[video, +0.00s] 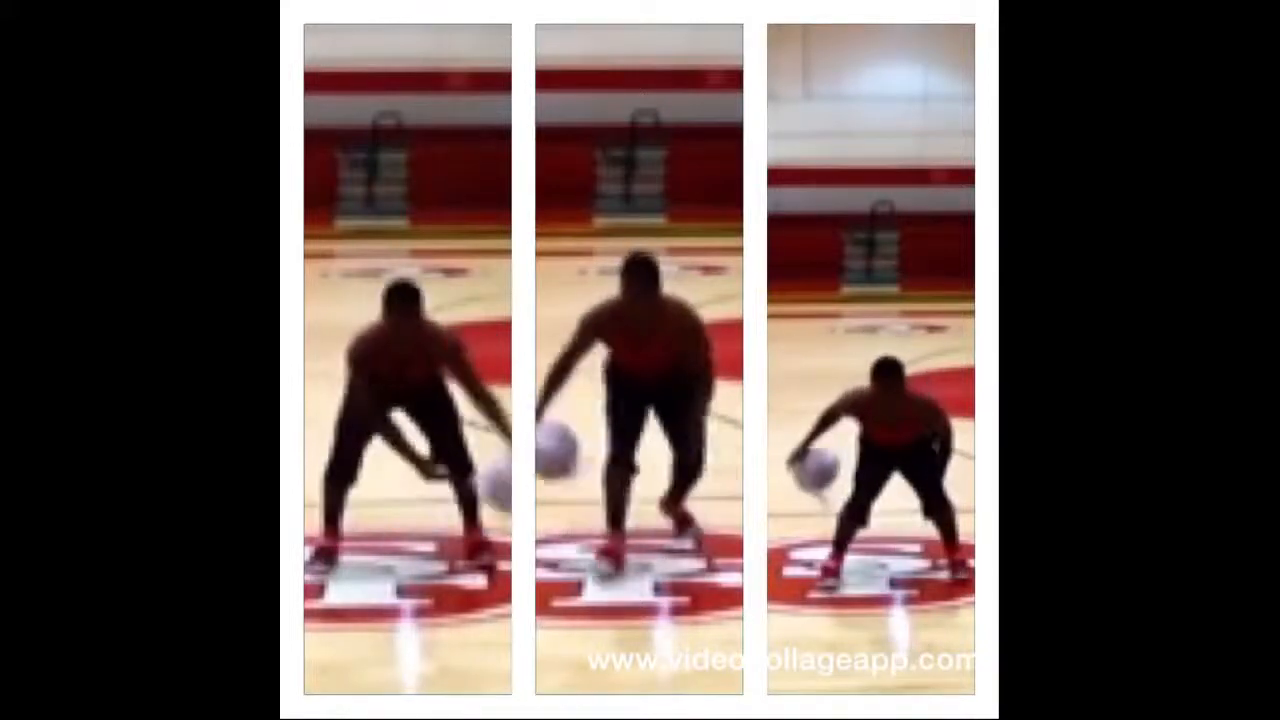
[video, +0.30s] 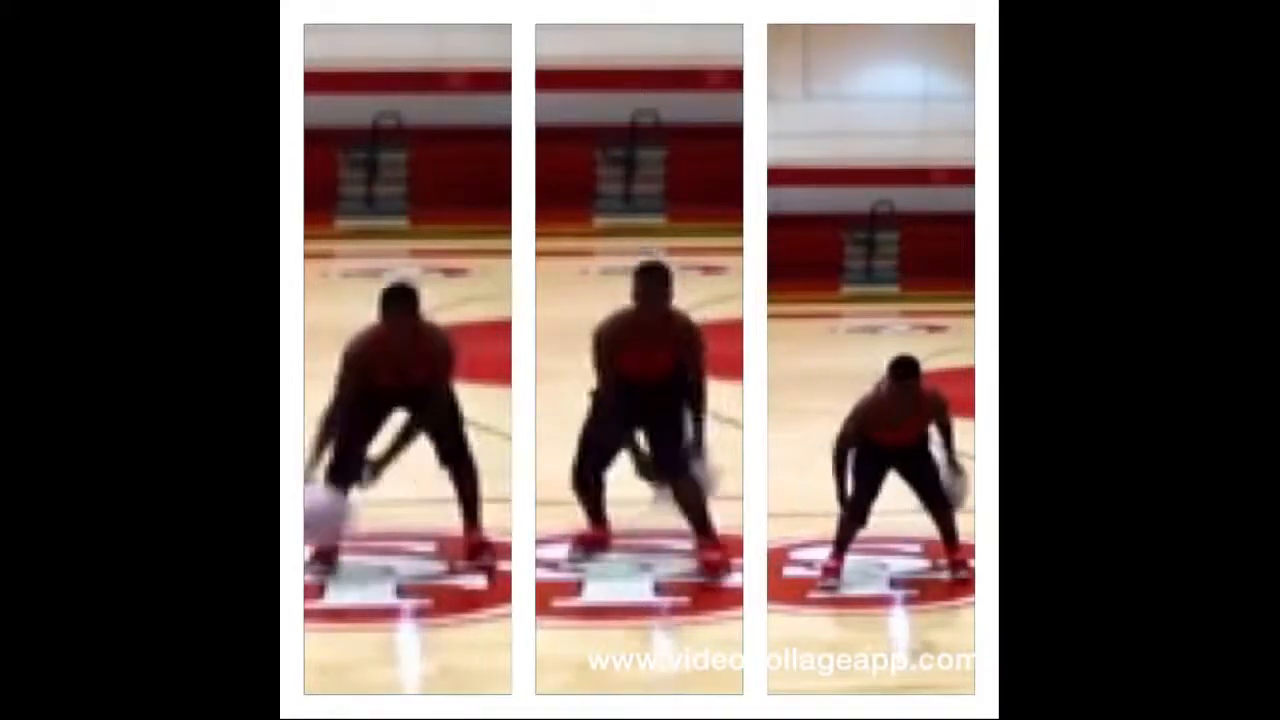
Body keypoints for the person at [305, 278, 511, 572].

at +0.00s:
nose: (404, 329)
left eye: (411, 319)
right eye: (397, 320)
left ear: (420, 314)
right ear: (385, 315)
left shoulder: (438, 342)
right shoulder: (364, 350)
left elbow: (476, 390)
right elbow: (376, 417)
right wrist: (418, 462)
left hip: (423, 391)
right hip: (371, 394)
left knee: (458, 462)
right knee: (339, 471)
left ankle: (474, 536)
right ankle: (330, 541)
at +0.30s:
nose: (399, 331)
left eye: (407, 321)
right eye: (392, 321)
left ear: (417, 316)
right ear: (382, 317)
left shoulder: (436, 346)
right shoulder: (363, 349)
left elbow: (420, 418)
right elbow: (338, 409)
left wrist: (381, 463)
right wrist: (313, 462)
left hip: (426, 394)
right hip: (374, 394)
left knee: (459, 459)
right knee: (343, 460)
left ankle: (474, 536)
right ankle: (327, 545)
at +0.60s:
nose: (403, 332)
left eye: (410, 322)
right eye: (396, 323)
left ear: (420, 319)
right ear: (385, 320)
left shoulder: (438, 347)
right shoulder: (364, 356)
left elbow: (471, 398)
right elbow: (381, 420)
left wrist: (502, 442)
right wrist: (425, 462)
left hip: (424, 398)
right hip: (372, 400)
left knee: (460, 465)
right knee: (339, 472)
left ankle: (475, 536)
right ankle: (330, 540)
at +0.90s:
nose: (408, 324)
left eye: (415, 315)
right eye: (402, 315)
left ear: (426, 312)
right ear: (392, 313)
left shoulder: (450, 345)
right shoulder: (372, 348)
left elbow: (438, 414)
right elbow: (351, 410)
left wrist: (401, 455)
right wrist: (342, 459)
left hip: (431, 396)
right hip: (379, 396)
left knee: (463, 462)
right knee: (350, 460)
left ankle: (475, 534)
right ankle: (328, 540)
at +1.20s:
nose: (406, 323)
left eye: (414, 314)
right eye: (400, 314)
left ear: (424, 313)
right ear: (390, 314)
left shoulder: (443, 344)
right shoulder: (370, 350)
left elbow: (471, 397)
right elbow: (386, 421)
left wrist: (496, 441)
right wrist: (426, 465)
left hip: (426, 396)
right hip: (375, 398)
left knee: (458, 463)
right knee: (341, 468)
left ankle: (477, 538)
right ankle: (330, 541)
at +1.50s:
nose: (400, 327)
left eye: (407, 317)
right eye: (392, 317)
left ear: (418, 315)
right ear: (382, 315)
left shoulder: (436, 347)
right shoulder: (361, 349)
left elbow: (419, 420)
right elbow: (341, 408)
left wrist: (377, 458)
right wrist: (322, 455)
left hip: (425, 397)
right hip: (374, 397)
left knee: (461, 462)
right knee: (346, 461)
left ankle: (476, 536)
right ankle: (328, 544)